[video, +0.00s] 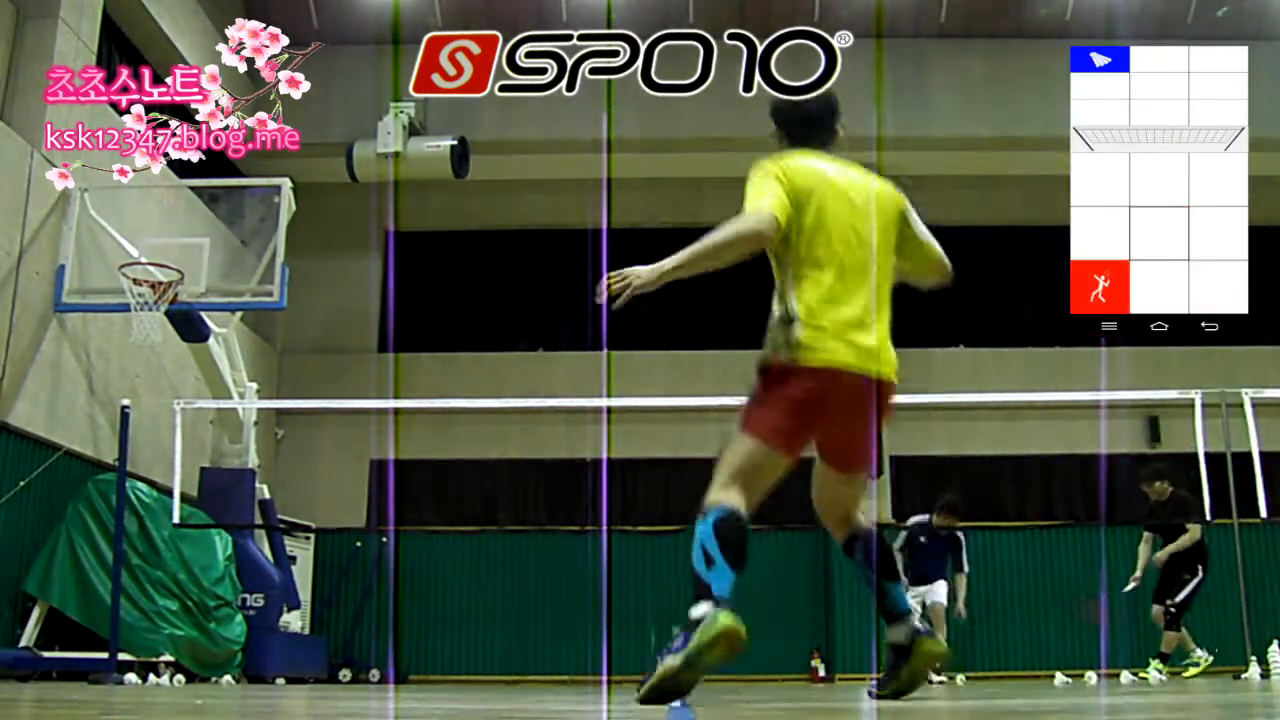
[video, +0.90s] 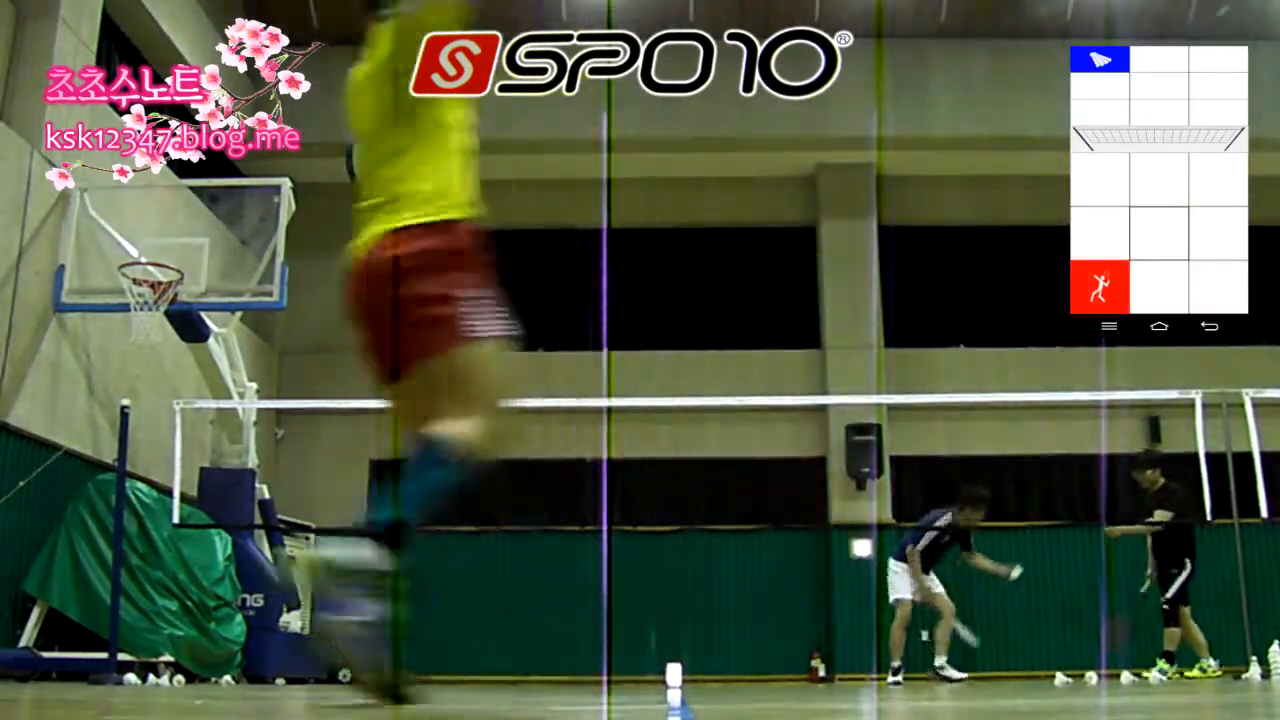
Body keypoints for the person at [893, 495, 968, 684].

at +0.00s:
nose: (950, 526)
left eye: (953, 522)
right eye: (948, 521)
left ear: (956, 521)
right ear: (939, 515)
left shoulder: (955, 536)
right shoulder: (915, 525)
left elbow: (960, 571)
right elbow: (896, 550)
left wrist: (960, 601)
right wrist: (900, 577)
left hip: (936, 583)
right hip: (912, 584)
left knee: (938, 614)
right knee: (909, 626)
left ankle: (936, 667)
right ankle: (909, 667)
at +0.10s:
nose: (953, 543)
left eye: (955, 539)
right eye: (951, 538)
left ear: (955, 538)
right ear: (940, 534)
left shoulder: (956, 550)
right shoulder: (914, 539)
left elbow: (960, 584)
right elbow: (897, 560)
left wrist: (961, 617)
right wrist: (906, 584)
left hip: (936, 587)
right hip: (910, 586)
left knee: (941, 615)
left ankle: (936, 665)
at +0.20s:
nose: (950, 563)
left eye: (953, 559)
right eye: (947, 558)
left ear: (956, 556)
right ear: (937, 551)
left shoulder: (956, 566)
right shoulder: (914, 550)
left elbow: (960, 597)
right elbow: (897, 571)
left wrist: (962, 632)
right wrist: (910, 594)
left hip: (933, 588)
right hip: (907, 586)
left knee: (945, 615)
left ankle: (935, 665)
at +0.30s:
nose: (948, 582)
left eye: (951, 579)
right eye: (946, 578)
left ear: (955, 576)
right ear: (936, 569)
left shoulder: (956, 580)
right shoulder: (913, 565)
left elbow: (959, 612)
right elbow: (895, 591)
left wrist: (963, 648)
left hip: (930, 595)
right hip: (907, 596)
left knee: (948, 618)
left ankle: (936, 659)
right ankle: (895, 664)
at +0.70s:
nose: (966, 561)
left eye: (968, 558)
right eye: (965, 557)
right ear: (955, 552)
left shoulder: (961, 561)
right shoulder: (930, 550)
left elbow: (960, 591)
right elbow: (901, 575)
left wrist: (968, 621)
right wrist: (910, 603)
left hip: (916, 579)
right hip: (891, 572)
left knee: (939, 613)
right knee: (898, 610)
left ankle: (930, 666)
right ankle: (895, 666)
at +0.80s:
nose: (971, 538)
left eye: (973, 534)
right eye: (969, 533)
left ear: (966, 532)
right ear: (960, 529)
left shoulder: (960, 543)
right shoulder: (935, 536)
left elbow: (963, 573)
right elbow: (906, 565)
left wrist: (986, 596)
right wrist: (914, 597)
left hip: (919, 573)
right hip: (894, 568)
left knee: (943, 611)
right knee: (901, 612)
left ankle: (934, 663)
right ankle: (895, 666)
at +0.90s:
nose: (980, 517)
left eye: (982, 513)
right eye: (977, 512)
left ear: (970, 511)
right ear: (965, 510)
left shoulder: (964, 526)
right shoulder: (941, 522)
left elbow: (971, 557)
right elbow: (913, 552)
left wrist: (1003, 571)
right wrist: (921, 587)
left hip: (924, 570)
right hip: (901, 566)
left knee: (948, 610)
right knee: (904, 612)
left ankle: (940, 664)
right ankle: (895, 667)